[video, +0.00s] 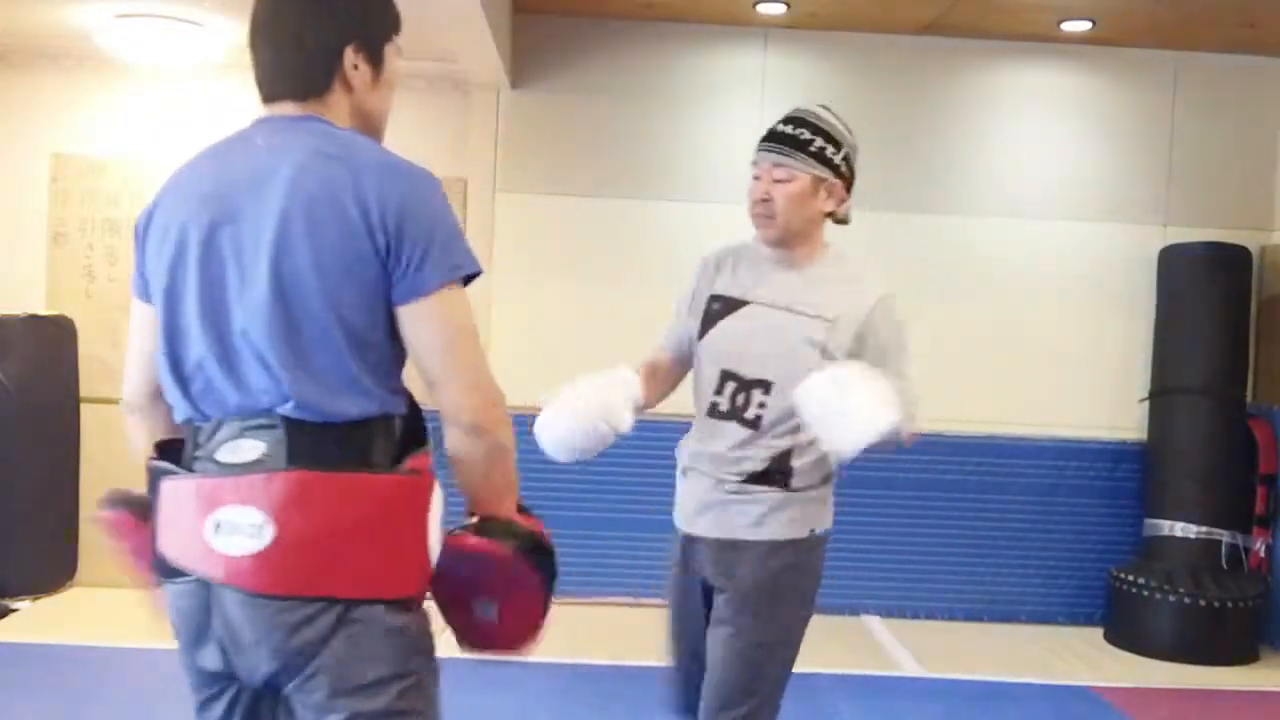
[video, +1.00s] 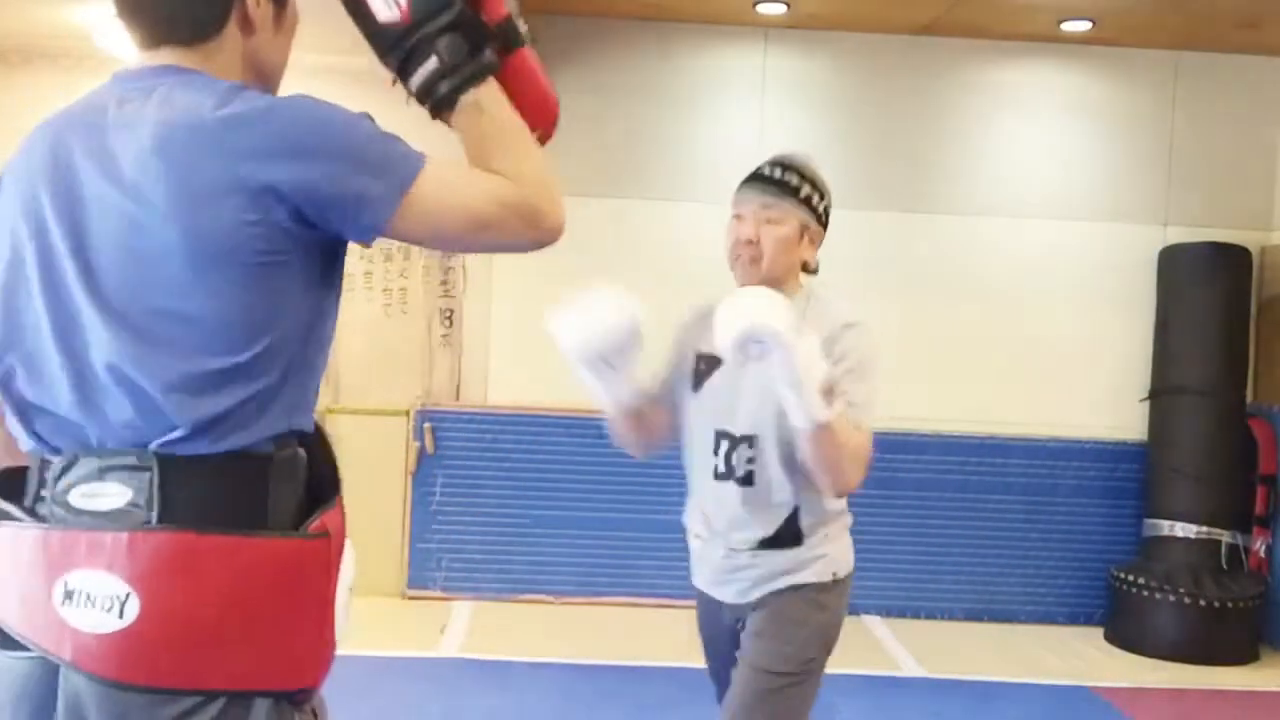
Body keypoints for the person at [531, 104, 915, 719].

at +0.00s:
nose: (762, 190)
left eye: (783, 177)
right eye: (757, 175)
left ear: (833, 195)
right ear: (747, 183)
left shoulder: (861, 299)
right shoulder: (719, 271)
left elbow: (904, 423)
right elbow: (664, 365)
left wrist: (870, 411)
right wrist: (609, 401)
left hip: (777, 542)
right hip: (696, 530)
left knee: (731, 709)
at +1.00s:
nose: (748, 234)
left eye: (770, 220)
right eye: (739, 217)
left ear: (810, 242)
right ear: (726, 230)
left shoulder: (839, 336)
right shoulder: (703, 327)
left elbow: (843, 477)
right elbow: (643, 439)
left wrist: (795, 365)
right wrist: (613, 375)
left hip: (801, 579)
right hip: (715, 574)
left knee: (748, 709)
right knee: (741, 707)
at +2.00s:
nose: (664, 163)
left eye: (686, 142)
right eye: (663, 142)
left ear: (759, 149)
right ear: (678, 147)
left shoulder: (816, 285)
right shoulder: (654, 231)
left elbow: (774, 443)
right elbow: (604, 372)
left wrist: (713, 315)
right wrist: (492, 402)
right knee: (323, 500)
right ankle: (107, 513)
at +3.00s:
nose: (791, 220)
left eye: (801, 202)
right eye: (793, 202)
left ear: (847, 206)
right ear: (857, 206)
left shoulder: (832, 286)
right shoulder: (945, 292)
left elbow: (830, 443)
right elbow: (927, 432)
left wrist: (756, 410)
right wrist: (790, 390)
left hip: (851, 597)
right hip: (942, 591)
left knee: (734, 713)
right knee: (920, 713)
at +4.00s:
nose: (732, 222)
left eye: (737, 204)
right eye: (733, 204)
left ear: (765, 207)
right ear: (807, 212)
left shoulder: (776, 300)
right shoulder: (855, 295)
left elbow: (734, 444)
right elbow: (810, 393)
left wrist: (658, 366)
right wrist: (725, 318)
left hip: (756, 581)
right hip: (851, 583)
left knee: (667, 709)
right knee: (849, 710)